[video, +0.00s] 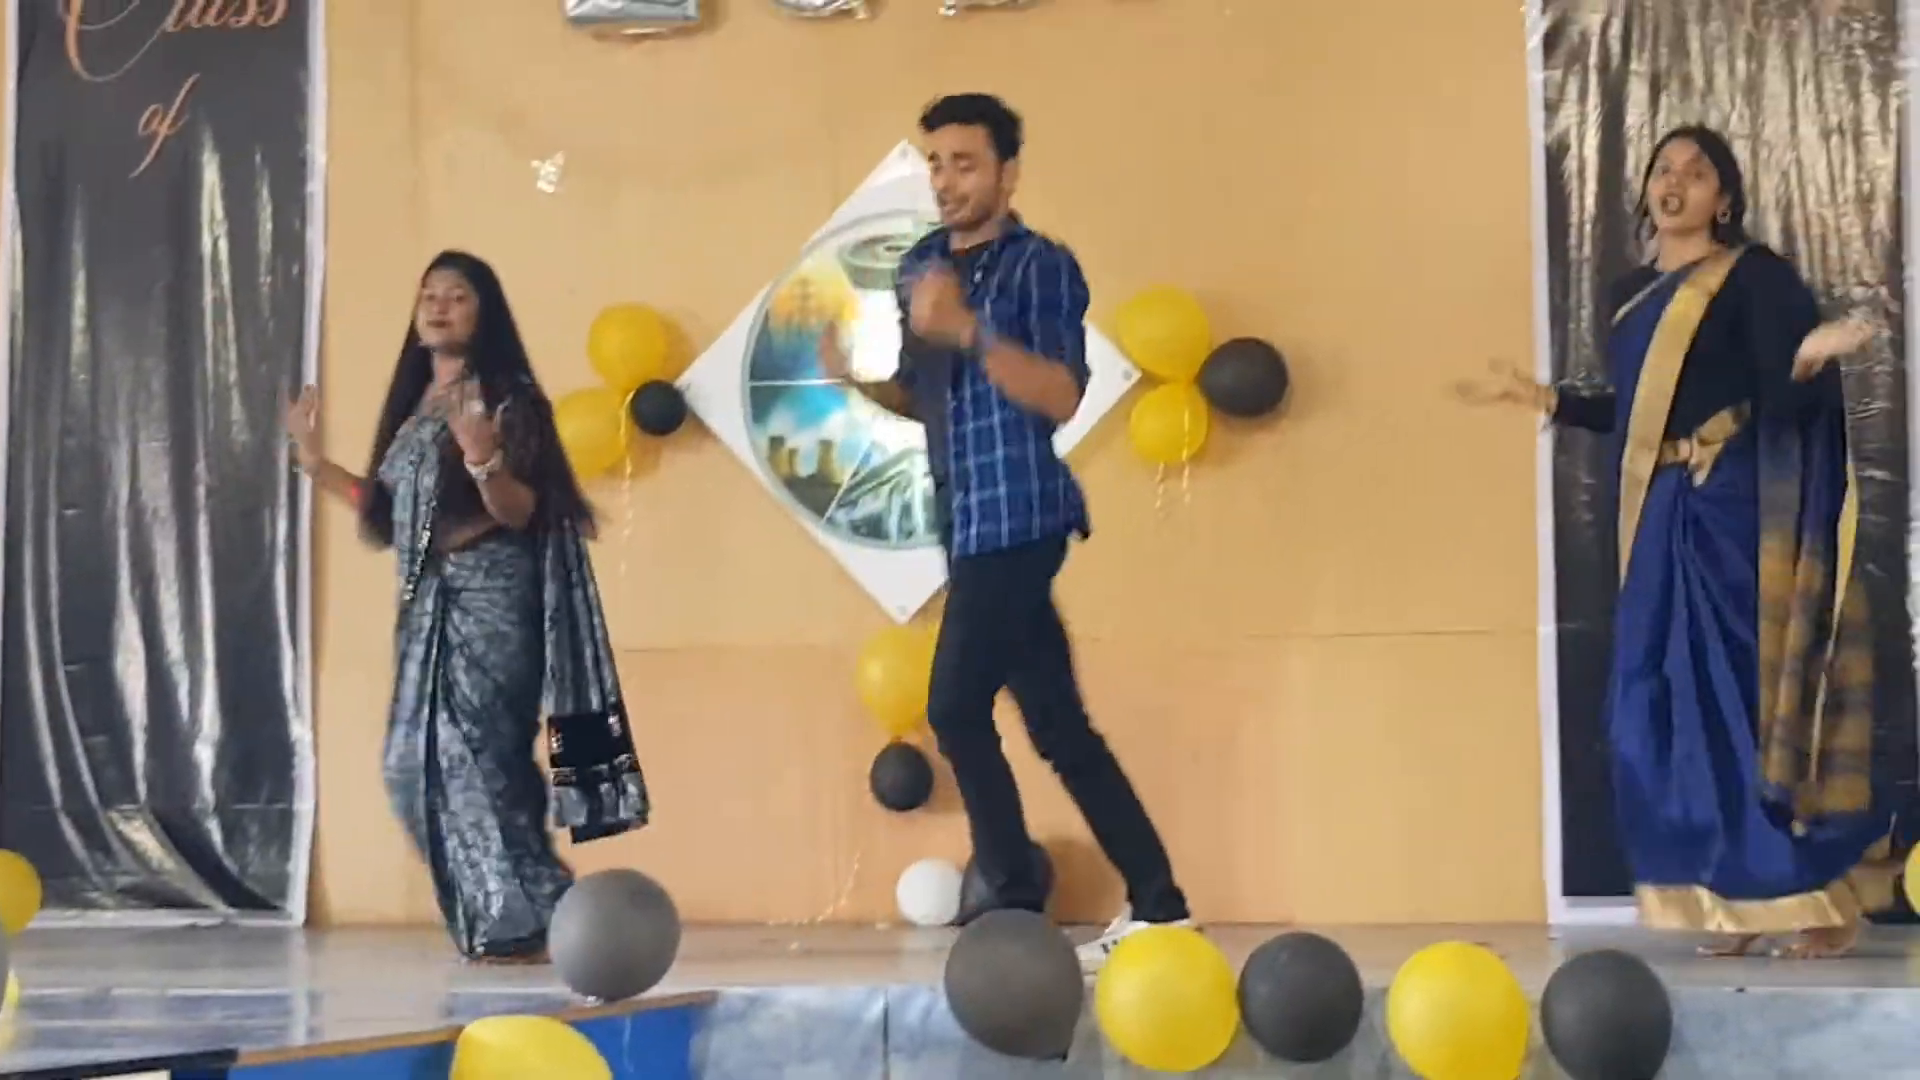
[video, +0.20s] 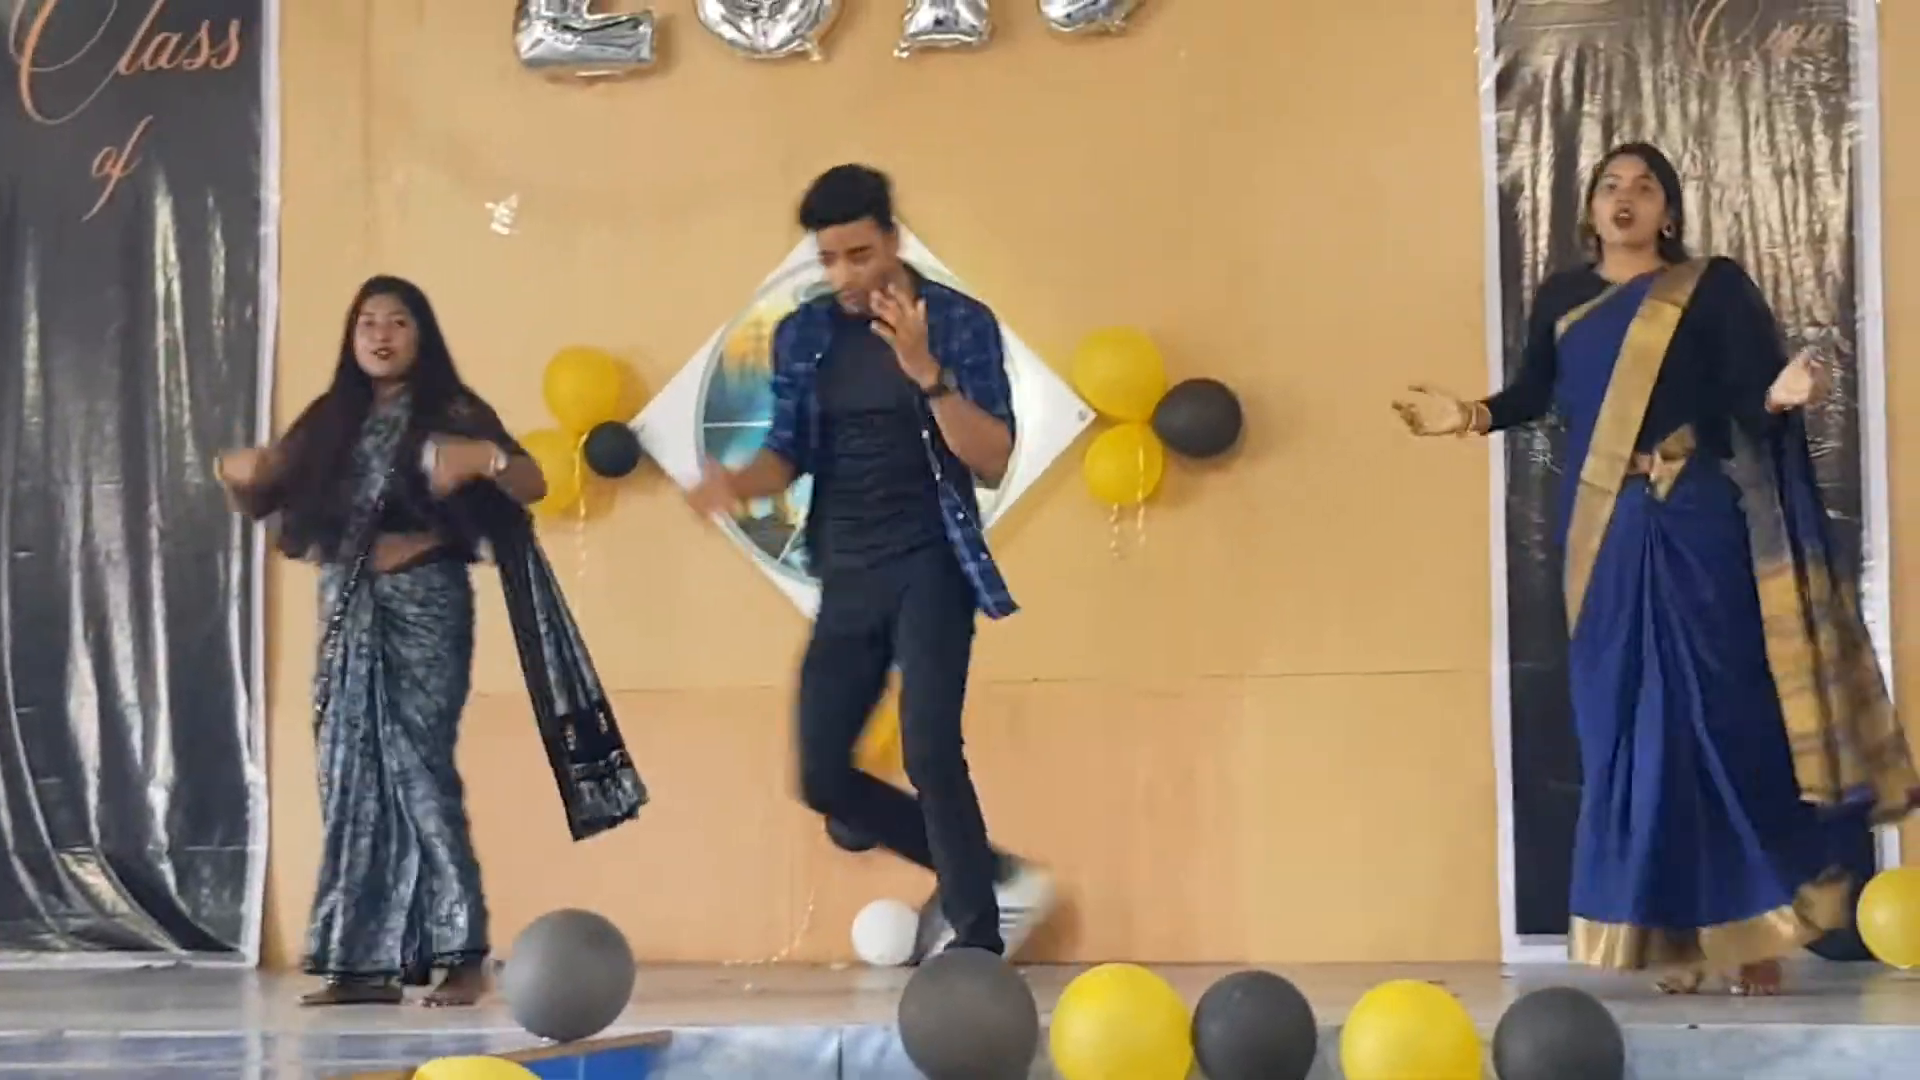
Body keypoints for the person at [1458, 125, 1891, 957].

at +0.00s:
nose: (1676, 183)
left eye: (1695, 172)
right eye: (1664, 171)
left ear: (1725, 194)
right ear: (1647, 193)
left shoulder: (1757, 275)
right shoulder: (1638, 305)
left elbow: (1794, 392)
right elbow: (1634, 412)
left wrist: (1814, 352)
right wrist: (1546, 400)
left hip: (1748, 524)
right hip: (1664, 529)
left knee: (1761, 697)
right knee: (1674, 705)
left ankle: (1820, 899)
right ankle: (1734, 907)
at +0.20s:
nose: (1623, 200)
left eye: (1640, 188)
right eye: (1611, 188)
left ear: (1668, 208)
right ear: (1589, 207)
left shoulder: (1715, 285)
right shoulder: (1562, 299)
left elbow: (1752, 393)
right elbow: (1530, 395)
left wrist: (1781, 389)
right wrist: (1470, 414)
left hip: (1701, 526)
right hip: (1606, 533)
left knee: (1719, 714)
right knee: (1631, 719)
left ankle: (1754, 928)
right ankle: (1668, 936)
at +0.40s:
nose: (1557, 239)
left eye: (1570, 227)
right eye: (1539, 231)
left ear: (1596, 246)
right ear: (1518, 256)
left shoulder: (1647, 334)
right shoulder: (1495, 353)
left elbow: (1684, 477)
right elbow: (1494, 479)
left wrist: (1697, 410)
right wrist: (1465, 459)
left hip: (1625, 564)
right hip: (1528, 569)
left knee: (1629, 745)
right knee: (1505, 743)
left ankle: (1638, 945)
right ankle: (1558, 943)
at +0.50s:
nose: (1513, 248)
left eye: (1527, 234)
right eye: (1497, 236)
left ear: (1549, 250)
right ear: (1473, 256)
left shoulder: (1598, 326)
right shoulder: (1458, 357)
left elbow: (1673, 414)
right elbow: (1418, 489)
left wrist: (1656, 317)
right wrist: (1431, 433)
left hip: (1592, 556)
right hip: (1501, 564)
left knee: (1591, 734)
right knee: (1456, 723)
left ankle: (1617, 933)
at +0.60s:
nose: (1459, 228)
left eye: (1471, 216)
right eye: (1443, 213)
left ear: (1488, 235)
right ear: (1411, 234)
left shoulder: (1524, 297)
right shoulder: (1392, 334)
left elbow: (1637, 329)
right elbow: (1372, 450)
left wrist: (1617, 245)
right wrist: (1405, 363)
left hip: (1549, 523)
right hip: (1458, 532)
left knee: (1560, 714)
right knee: (1398, 708)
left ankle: (1584, 925)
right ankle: (1308, 911)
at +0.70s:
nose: (1398, 235)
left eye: (1412, 223)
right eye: (1384, 219)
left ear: (1424, 236)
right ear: (1349, 228)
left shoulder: (1456, 304)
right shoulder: (1327, 329)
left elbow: (1571, 324)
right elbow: (1333, 428)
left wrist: (1584, 243)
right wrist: (1397, 329)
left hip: (1507, 530)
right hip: (1413, 541)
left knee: (1538, 714)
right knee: (1346, 713)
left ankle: (1609, 917)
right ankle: (1255, 903)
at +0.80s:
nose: (1346, 260)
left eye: (1361, 250)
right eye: (1333, 243)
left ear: (1372, 262)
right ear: (1301, 246)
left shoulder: (1389, 335)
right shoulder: (1263, 338)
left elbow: (1509, 359)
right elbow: (1284, 434)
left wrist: (1560, 273)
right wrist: (1350, 387)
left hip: (1441, 540)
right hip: (1345, 550)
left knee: (1487, 714)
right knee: (1307, 726)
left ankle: (1611, 915)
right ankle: (1245, 931)